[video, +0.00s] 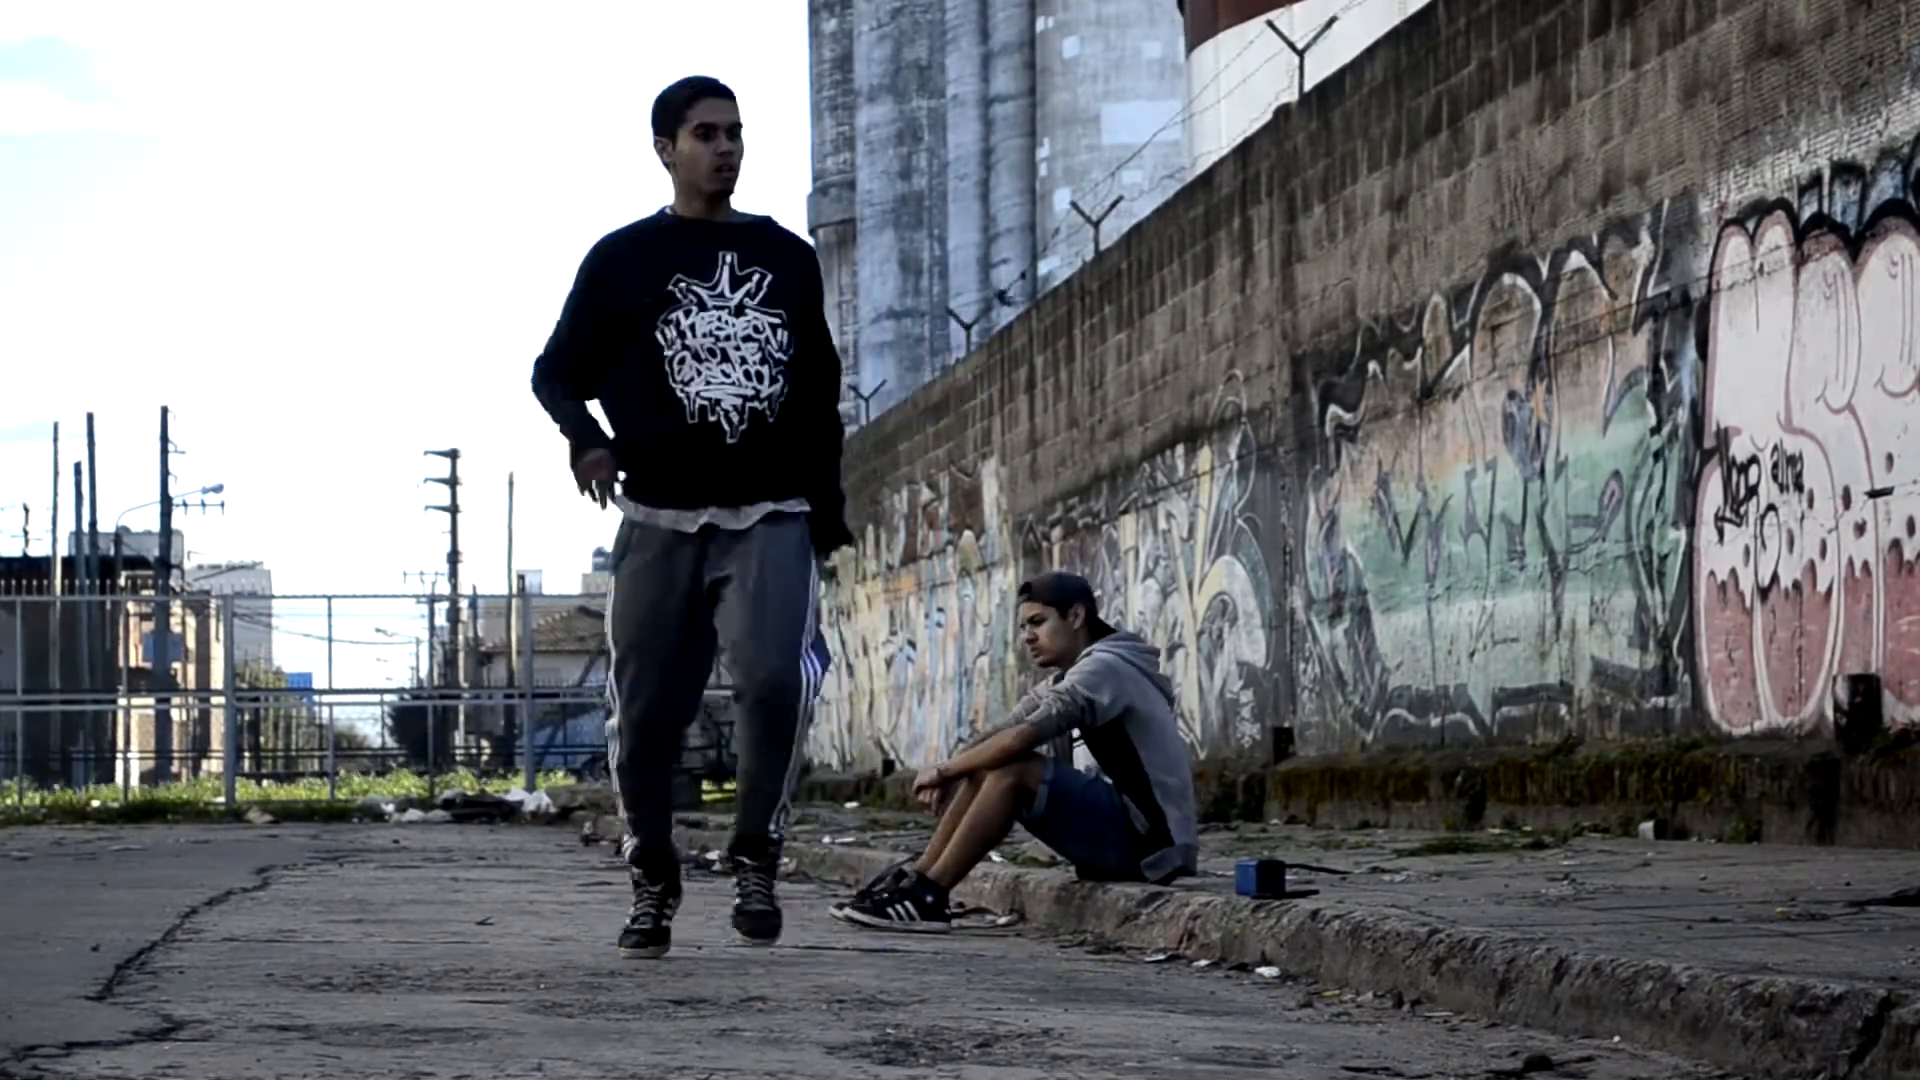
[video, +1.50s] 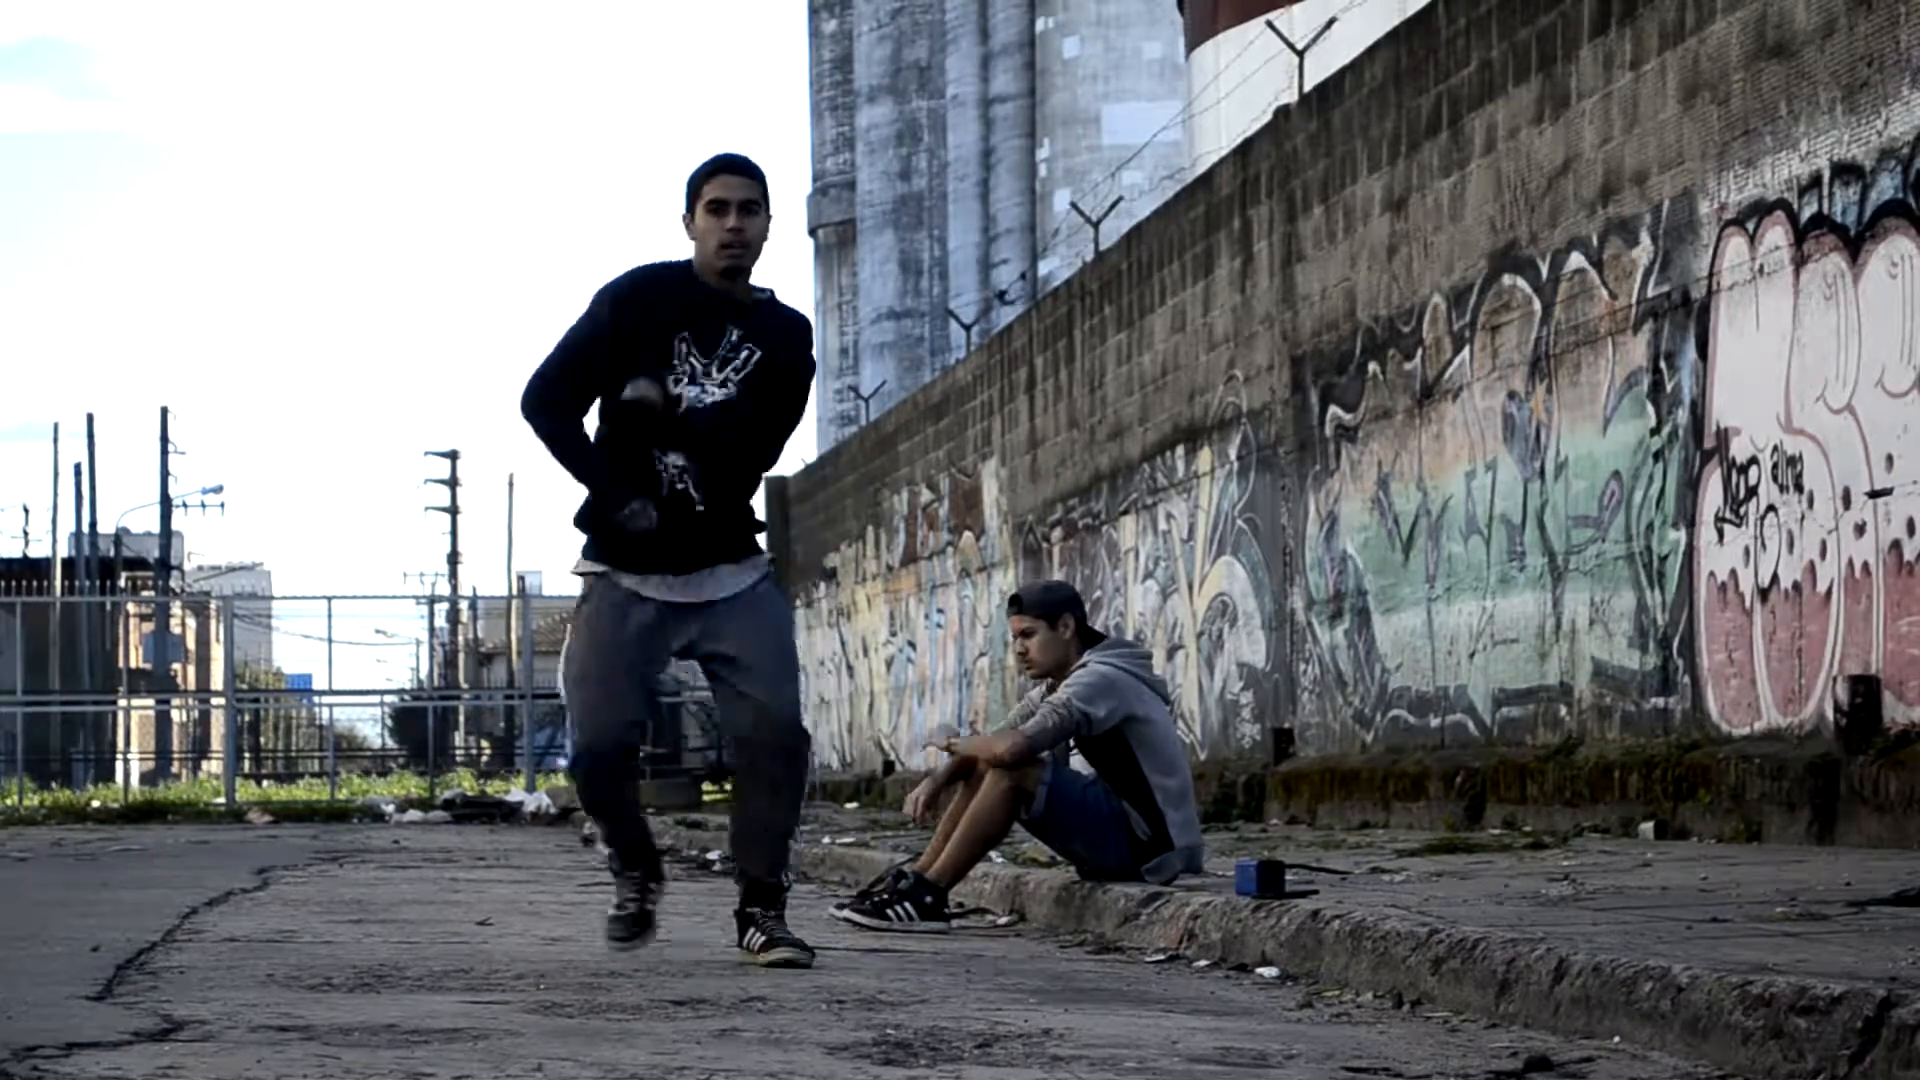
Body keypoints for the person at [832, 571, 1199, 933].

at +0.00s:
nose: (1028, 637)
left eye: (1037, 623)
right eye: (1024, 627)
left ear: (1076, 617)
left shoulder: (1105, 665)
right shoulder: (1081, 670)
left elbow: (1022, 738)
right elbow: (1015, 730)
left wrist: (945, 770)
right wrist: (949, 769)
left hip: (1151, 844)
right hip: (1123, 834)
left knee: (1015, 770)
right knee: (986, 764)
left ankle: (933, 895)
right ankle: (914, 884)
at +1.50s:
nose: (1019, 650)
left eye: (1028, 636)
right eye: (1015, 639)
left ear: (1067, 628)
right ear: (1061, 632)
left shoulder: (1101, 676)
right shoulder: (1064, 684)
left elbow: (1011, 751)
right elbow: (999, 743)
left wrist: (957, 749)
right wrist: (942, 776)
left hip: (1151, 848)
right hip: (1120, 839)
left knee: (1013, 771)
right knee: (983, 767)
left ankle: (933, 895)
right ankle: (915, 882)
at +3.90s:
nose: (1027, 636)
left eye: (1038, 622)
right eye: (1021, 626)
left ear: (1076, 620)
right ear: (1018, 630)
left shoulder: (1094, 669)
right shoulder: (1076, 673)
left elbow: (1020, 732)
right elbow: (1022, 742)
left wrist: (946, 772)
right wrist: (944, 776)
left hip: (1146, 842)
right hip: (1123, 832)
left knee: (1007, 767)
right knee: (990, 757)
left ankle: (934, 892)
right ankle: (914, 881)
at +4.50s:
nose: (1052, 620)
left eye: (1066, 609)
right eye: (1045, 610)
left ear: (1100, 614)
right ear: (1039, 617)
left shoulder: (1106, 669)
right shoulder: (1072, 669)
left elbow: (1017, 745)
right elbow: (1005, 729)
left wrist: (941, 772)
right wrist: (942, 772)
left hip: (1147, 844)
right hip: (1118, 835)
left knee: (1012, 770)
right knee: (984, 762)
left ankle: (933, 894)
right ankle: (914, 881)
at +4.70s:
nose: (1045, 635)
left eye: (1057, 622)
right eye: (1036, 625)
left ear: (1090, 622)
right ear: (1030, 630)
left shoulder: (1107, 674)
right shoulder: (1063, 678)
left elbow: (1020, 748)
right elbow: (998, 732)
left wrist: (939, 767)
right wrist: (941, 765)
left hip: (1152, 845)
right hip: (1118, 836)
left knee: (1014, 770)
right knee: (982, 764)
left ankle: (934, 893)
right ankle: (914, 881)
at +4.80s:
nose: (1043, 635)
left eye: (1056, 621)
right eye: (1035, 625)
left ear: (1089, 622)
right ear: (1029, 630)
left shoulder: (1107, 674)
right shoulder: (1064, 679)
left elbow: (1021, 747)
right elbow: (1001, 732)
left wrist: (941, 765)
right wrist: (940, 764)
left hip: (1151, 845)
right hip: (1119, 837)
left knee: (1014, 769)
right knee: (982, 765)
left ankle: (935, 894)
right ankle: (913, 883)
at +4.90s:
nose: (1045, 627)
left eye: (1059, 615)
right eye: (1036, 617)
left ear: (1091, 621)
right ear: (1029, 624)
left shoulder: (1105, 673)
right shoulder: (1063, 675)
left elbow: (1021, 743)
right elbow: (1004, 732)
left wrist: (938, 766)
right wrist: (944, 768)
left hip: (1150, 847)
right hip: (1119, 838)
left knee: (1012, 768)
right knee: (983, 764)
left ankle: (938, 892)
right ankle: (918, 879)